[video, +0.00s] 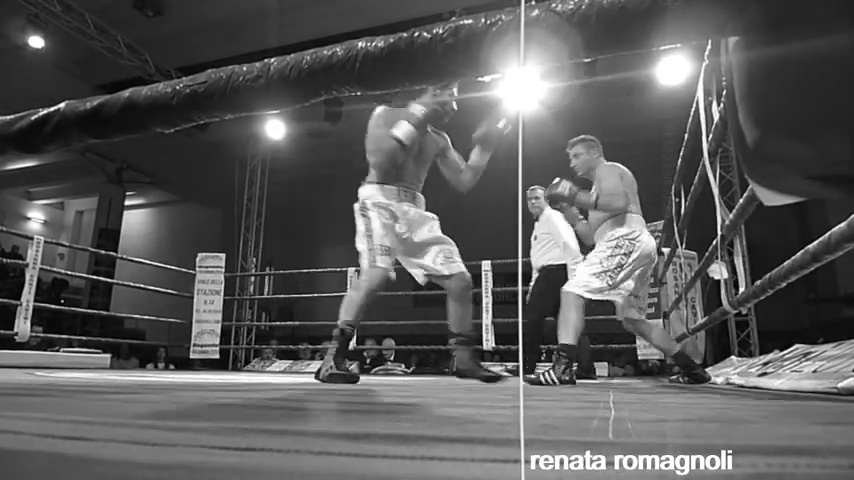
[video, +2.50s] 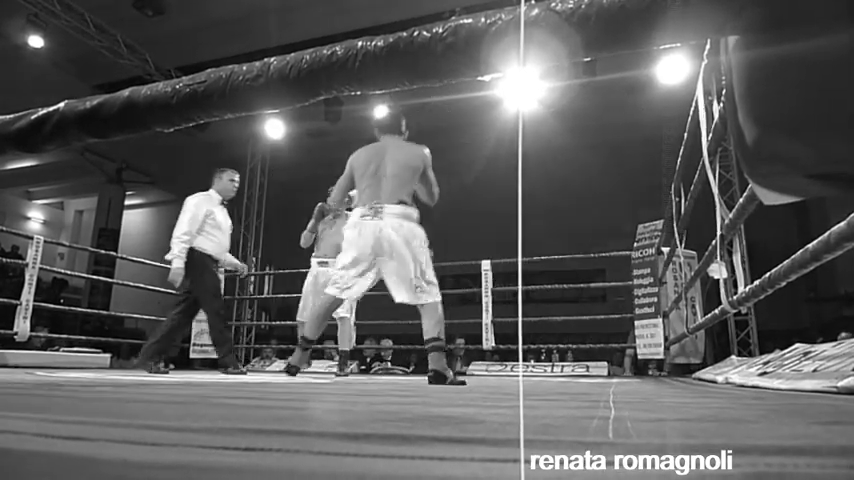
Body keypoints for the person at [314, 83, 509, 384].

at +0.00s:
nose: (453, 104)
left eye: (455, 96)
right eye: (447, 93)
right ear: (422, 91)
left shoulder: (439, 139)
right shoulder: (386, 114)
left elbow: (464, 180)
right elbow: (380, 160)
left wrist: (485, 143)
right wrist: (416, 117)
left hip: (415, 212)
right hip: (378, 204)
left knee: (460, 282)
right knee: (376, 273)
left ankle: (464, 359)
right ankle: (334, 358)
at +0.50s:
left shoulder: (432, 88)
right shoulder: (411, 72)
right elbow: (439, 116)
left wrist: (454, 106)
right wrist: (456, 93)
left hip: (414, 171)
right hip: (391, 163)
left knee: (440, 268)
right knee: (395, 256)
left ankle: (373, 336)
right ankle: (341, 348)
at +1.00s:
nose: (451, 92)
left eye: (452, 86)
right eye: (451, 85)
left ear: (421, 81)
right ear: (443, 82)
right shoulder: (427, 103)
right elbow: (445, 162)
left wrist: (441, 166)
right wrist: (455, 135)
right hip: (397, 193)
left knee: (421, 284)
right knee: (396, 279)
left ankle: (421, 359)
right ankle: (337, 359)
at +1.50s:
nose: (470, 166)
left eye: (468, 162)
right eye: (469, 162)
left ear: (443, 157)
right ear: (466, 159)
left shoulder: (422, 176)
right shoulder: (464, 171)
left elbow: (403, 215)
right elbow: (482, 215)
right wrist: (488, 184)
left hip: (405, 242)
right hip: (429, 243)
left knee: (440, 307)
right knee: (464, 313)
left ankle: (432, 364)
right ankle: (407, 352)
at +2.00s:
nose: (456, 130)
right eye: (457, 127)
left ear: (427, 126)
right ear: (455, 125)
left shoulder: (406, 150)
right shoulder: (463, 143)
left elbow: (394, 194)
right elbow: (474, 192)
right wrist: (461, 170)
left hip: (406, 213)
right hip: (441, 211)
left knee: (426, 289)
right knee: (451, 287)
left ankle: (408, 353)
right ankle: (437, 358)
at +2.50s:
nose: (408, 132)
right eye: (406, 128)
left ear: (376, 131)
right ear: (404, 129)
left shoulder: (358, 156)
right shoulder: (419, 153)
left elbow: (336, 200)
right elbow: (431, 198)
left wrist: (356, 201)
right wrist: (409, 179)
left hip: (361, 225)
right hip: (403, 226)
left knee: (335, 291)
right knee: (428, 294)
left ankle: (297, 358)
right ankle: (437, 367)